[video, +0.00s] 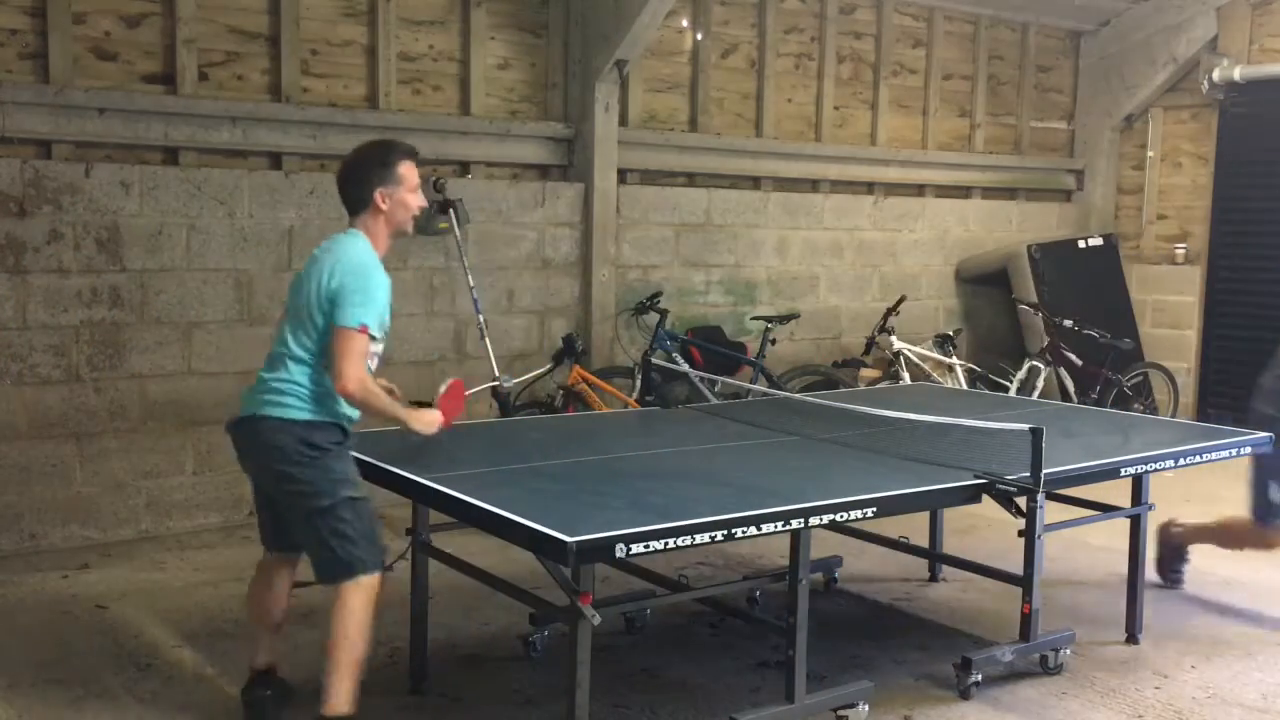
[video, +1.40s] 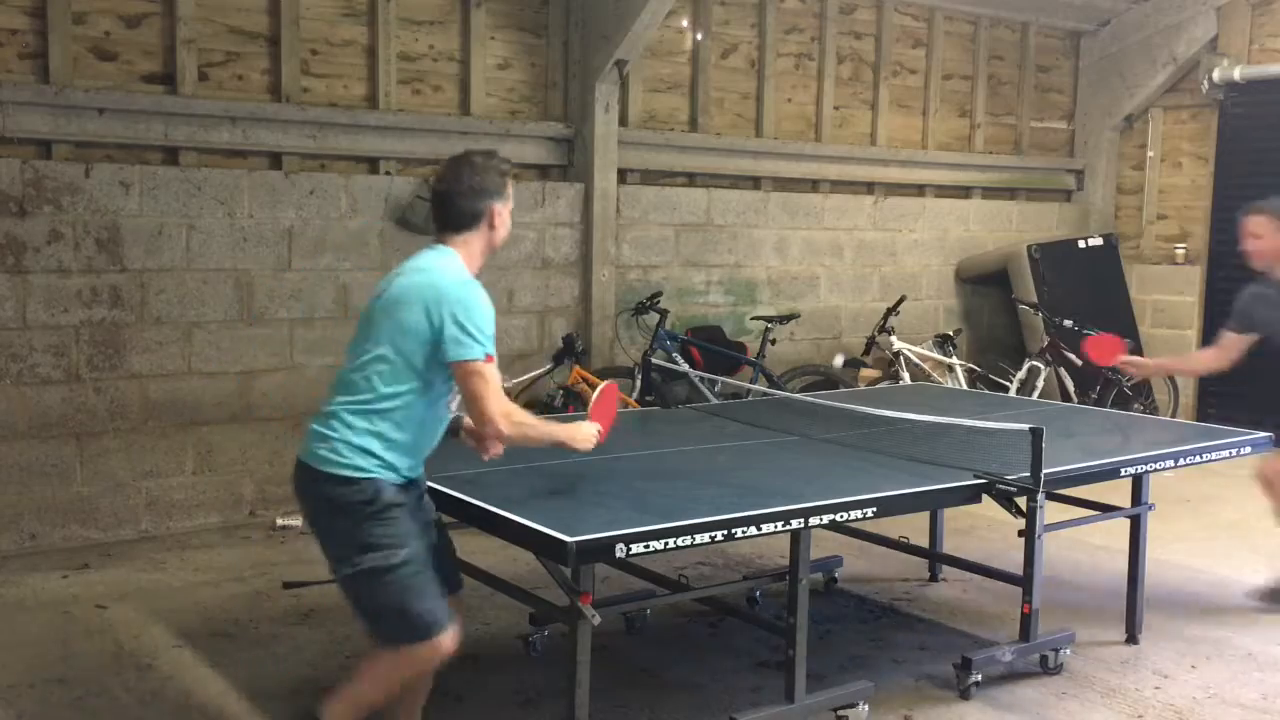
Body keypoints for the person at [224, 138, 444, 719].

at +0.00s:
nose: (424, 201)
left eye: (422, 188)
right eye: (415, 189)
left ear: (377, 200)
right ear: (382, 199)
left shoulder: (330, 254)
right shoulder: (363, 269)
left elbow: (329, 359)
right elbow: (349, 380)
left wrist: (388, 393)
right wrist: (410, 418)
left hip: (261, 422)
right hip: (302, 430)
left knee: (281, 554)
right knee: (362, 568)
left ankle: (262, 680)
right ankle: (339, 708)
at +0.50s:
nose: (403, 250)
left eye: (403, 238)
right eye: (392, 238)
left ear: (364, 247)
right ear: (354, 246)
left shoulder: (361, 303)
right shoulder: (298, 300)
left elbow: (350, 371)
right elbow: (250, 393)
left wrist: (404, 413)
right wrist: (322, 434)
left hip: (269, 429)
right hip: (220, 424)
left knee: (275, 532)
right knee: (289, 549)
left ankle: (229, 635)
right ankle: (267, 693)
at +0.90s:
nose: (411, 236)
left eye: (415, 223)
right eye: (400, 222)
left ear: (371, 223)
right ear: (357, 221)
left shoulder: (377, 275)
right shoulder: (310, 284)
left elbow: (377, 330)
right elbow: (327, 399)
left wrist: (428, 384)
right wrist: (400, 425)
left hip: (301, 427)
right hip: (246, 424)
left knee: (299, 545)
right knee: (267, 573)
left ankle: (235, 629)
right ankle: (248, 702)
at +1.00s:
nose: (429, 219)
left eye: (432, 207)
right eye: (419, 206)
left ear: (389, 209)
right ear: (374, 205)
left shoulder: (377, 265)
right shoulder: (330, 270)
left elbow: (375, 343)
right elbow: (370, 387)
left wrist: (417, 394)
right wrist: (474, 387)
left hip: (319, 429)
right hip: (258, 428)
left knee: (330, 549)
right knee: (267, 576)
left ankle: (274, 649)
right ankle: (248, 701)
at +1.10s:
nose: (450, 206)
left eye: (450, 194)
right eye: (444, 194)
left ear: (410, 199)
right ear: (408, 199)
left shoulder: (384, 260)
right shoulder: (360, 264)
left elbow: (354, 346)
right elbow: (420, 381)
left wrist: (403, 389)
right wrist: (513, 379)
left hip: (335, 438)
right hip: (270, 439)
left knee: (360, 565)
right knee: (268, 590)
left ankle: (336, 688)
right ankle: (250, 704)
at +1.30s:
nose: (490, 214)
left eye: (489, 202)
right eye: (488, 202)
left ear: (428, 206)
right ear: (470, 211)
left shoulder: (401, 270)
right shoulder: (426, 288)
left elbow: (367, 373)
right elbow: (483, 409)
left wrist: (428, 418)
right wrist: (559, 416)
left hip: (382, 469)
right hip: (323, 473)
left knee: (419, 607)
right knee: (353, 637)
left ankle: (401, 715)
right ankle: (273, 694)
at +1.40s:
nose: (511, 218)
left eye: (510, 206)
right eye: (510, 206)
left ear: (447, 210)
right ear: (494, 215)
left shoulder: (417, 273)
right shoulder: (459, 294)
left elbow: (407, 378)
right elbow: (496, 418)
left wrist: (467, 423)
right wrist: (567, 433)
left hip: (389, 470)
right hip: (353, 477)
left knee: (439, 609)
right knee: (429, 639)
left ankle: (404, 715)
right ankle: (335, 710)